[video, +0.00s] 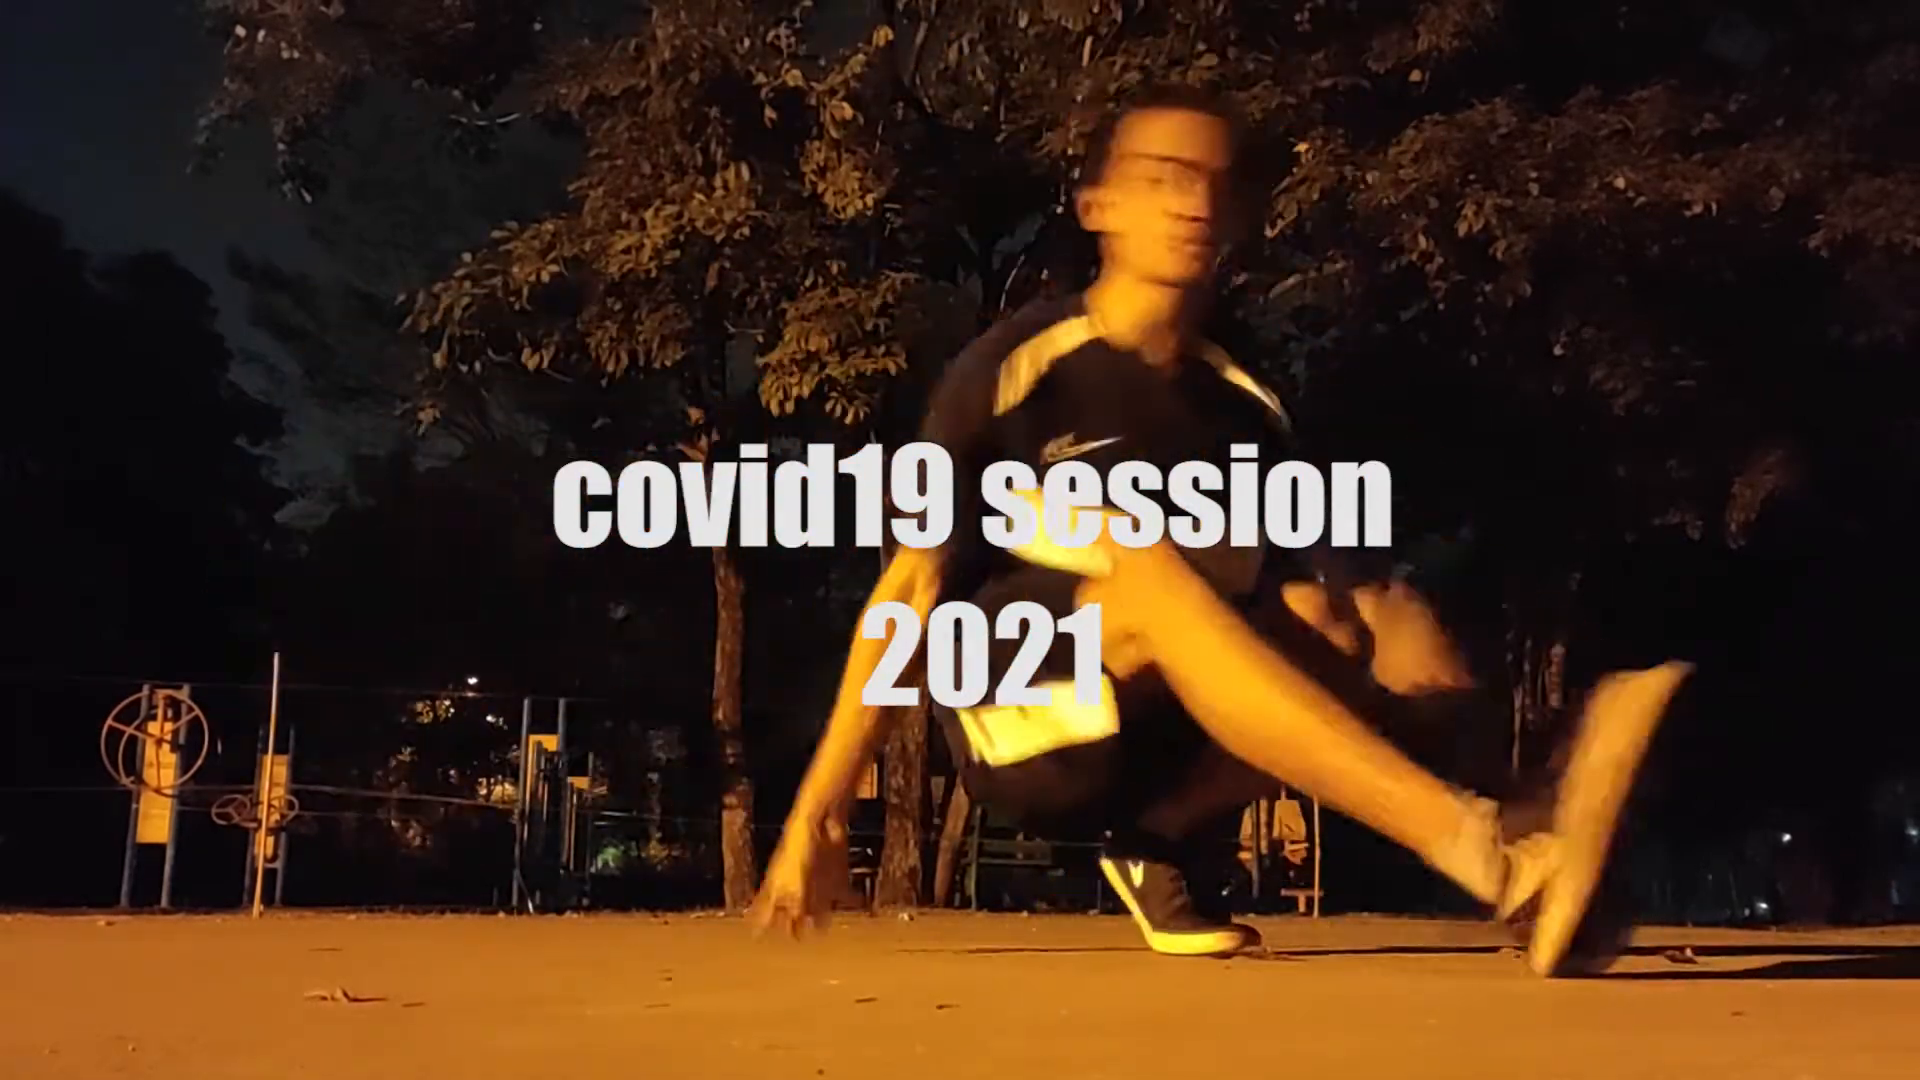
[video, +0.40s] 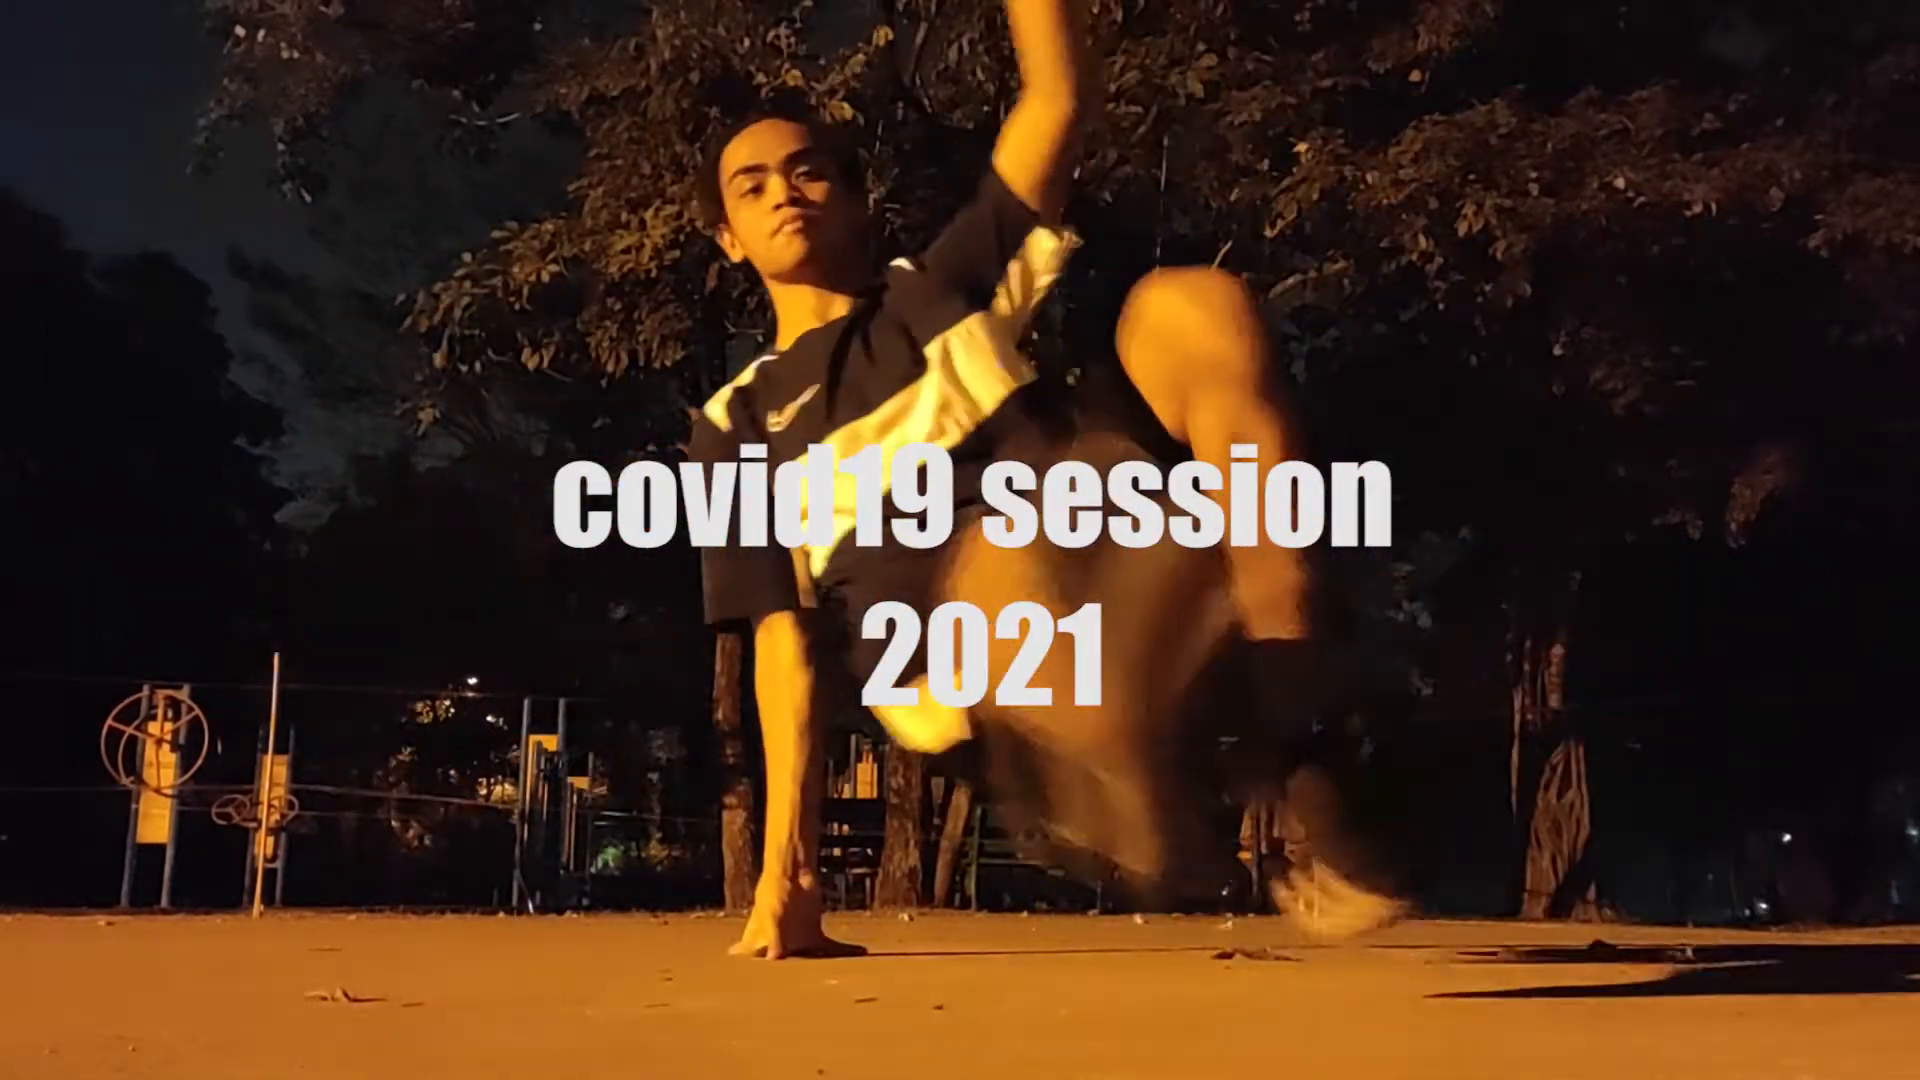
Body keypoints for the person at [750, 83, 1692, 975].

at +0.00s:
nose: (1189, 202)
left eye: (1210, 184)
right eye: (1160, 176)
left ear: (1237, 222)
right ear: (1095, 204)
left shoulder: (1249, 406)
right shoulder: (1000, 377)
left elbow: (1290, 596)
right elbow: (903, 604)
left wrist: (1369, 630)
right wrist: (811, 818)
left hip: (1192, 729)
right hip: (1027, 739)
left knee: (1392, 615)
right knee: (1149, 580)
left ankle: (1160, 842)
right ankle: (1482, 851)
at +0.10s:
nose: (1049, 173)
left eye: (1070, 150)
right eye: (1009, 152)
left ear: (1102, 184)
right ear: (952, 195)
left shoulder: (1179, 358)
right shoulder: (928, 384)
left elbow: (1366, 420)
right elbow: (869, 617)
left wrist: (1615, 475)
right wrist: (804, 849)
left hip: (1205, 711)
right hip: (1044, 743)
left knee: (1328, 549)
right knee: (1172, 585)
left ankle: (1173, 837)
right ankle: (1505, 858)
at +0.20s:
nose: (885, 160)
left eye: (908, 133)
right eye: (849, 144)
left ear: (955, 158)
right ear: (806, 194)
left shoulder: (1071, 277)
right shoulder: (824, 392)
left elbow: (1261, 232)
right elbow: (811, 625)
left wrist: (1442, 84)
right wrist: (788, 864)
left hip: (1169, 592)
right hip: (1010, 669)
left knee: (1273, 462)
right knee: (1139, 601)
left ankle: (1275, 858)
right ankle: (1508, 863)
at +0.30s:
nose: (814, 185)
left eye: (835, 162)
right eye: (778, 176)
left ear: (884, 191)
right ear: (744, 229)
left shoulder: (980, 277)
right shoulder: (767, 425)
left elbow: (1128, 144)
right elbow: (795, 643)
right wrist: (787, 869)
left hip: (1113, 519)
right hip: (971, 615)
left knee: (1183, 317)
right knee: (1055, 583)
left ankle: (1359, 649)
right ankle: (1455, 858)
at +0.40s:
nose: (786, 191)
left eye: (811, 170)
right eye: (753, 184)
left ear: (866, 208)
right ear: (730, 243)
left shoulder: (952, 283)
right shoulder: (742, 423)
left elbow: (1052, 99)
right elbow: (781, 643)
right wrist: (785, 869)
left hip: (1111, 572)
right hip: (952, 664)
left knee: (1191, 303)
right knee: (1007, 547)